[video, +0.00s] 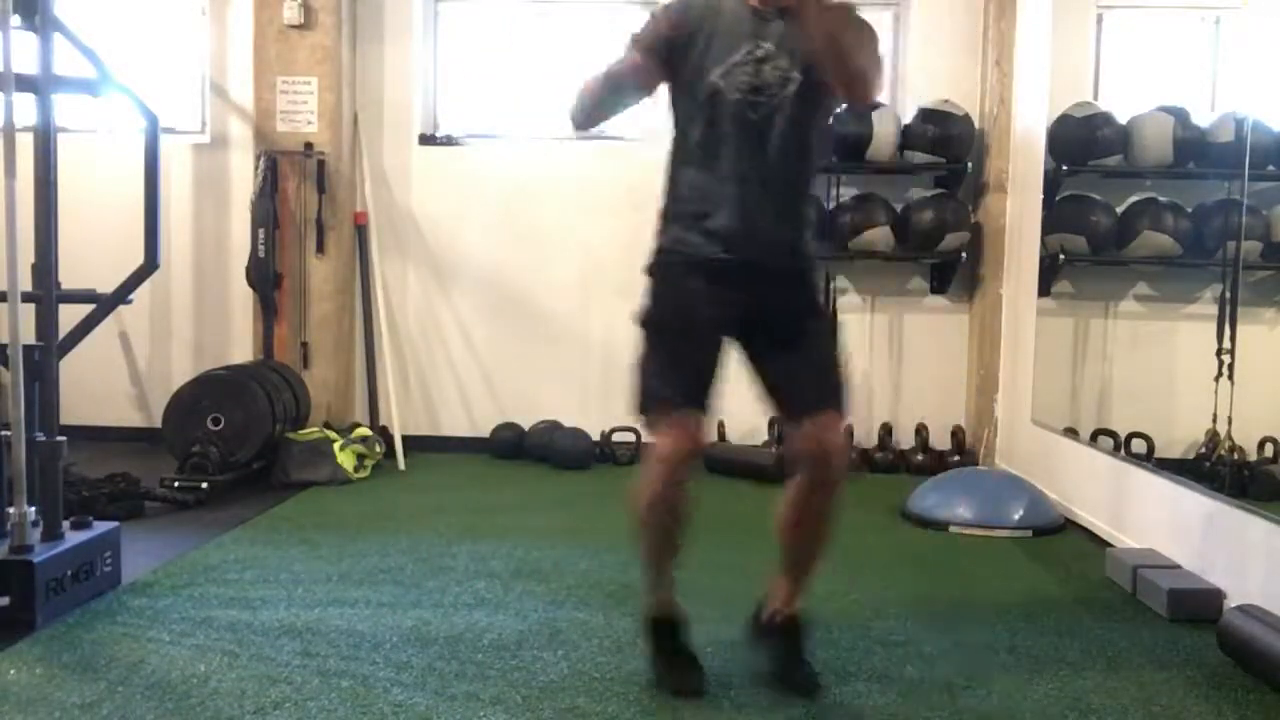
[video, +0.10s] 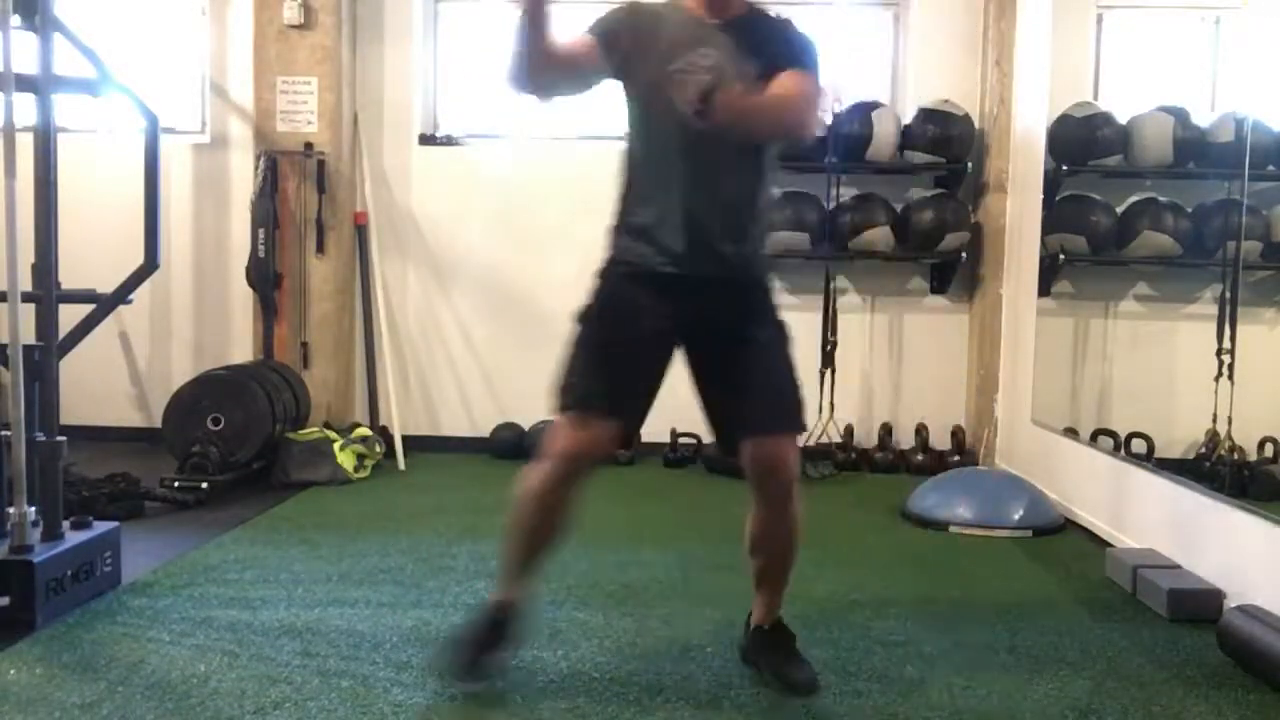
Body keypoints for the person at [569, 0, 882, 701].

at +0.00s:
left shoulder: (831, 22)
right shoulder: (692, 15)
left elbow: (864, 89)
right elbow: (585, 111)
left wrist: (810, 8)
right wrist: (629, 71)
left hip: (781, 266)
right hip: (690, 261)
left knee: (826, 449)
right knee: (674, 446)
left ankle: (780, 614)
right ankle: (661, 614)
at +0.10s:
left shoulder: (779, 41)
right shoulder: (643, 24)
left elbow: (794, 112)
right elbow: (539, 75)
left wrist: (715, 102)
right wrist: (535, 8)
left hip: (734, 284)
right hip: (641, 276)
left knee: (776, 462)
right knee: (574, 447)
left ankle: (767, 627)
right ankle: (502, 610)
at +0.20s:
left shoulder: (723, 48)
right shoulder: (584, 18)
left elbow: (754, 139)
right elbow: (481, 24)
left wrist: (695, 187)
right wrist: (470, 8)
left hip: (677, 281)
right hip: (585, 275)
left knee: (735, 463)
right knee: (506, 455)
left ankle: (763, 625)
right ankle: (433, 631)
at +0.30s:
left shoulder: (670, 43)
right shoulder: (534, 9)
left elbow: (729, 152)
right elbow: (446, 6)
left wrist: (710, 257)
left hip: (613, 279)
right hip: (518, 270)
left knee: (650, 458)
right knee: (451, 449)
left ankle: (747, 609)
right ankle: (425, 635)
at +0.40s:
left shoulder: (634, 20)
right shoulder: (492, 6)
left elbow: (712, 146)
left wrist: (752, 273)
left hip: (572, 257)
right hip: (481, 253)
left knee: (549, 441)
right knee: (440, 443)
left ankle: (671, 573)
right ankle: (424, 634)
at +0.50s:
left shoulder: (620, 10)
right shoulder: (467, 3)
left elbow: (708, 124)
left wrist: (763, 250)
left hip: (555, 231)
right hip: (467, 230)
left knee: (439, 357)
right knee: (428, 435)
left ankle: (535, 523)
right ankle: (425, 632)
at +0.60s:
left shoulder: (608, 12)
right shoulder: (461, 7)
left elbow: (701, 115)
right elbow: (369, 10)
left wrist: (751, 222)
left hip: (546, 238)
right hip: (466, 244)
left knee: (372, 212)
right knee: (405, 435)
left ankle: (431, 429)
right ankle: (437, 637)